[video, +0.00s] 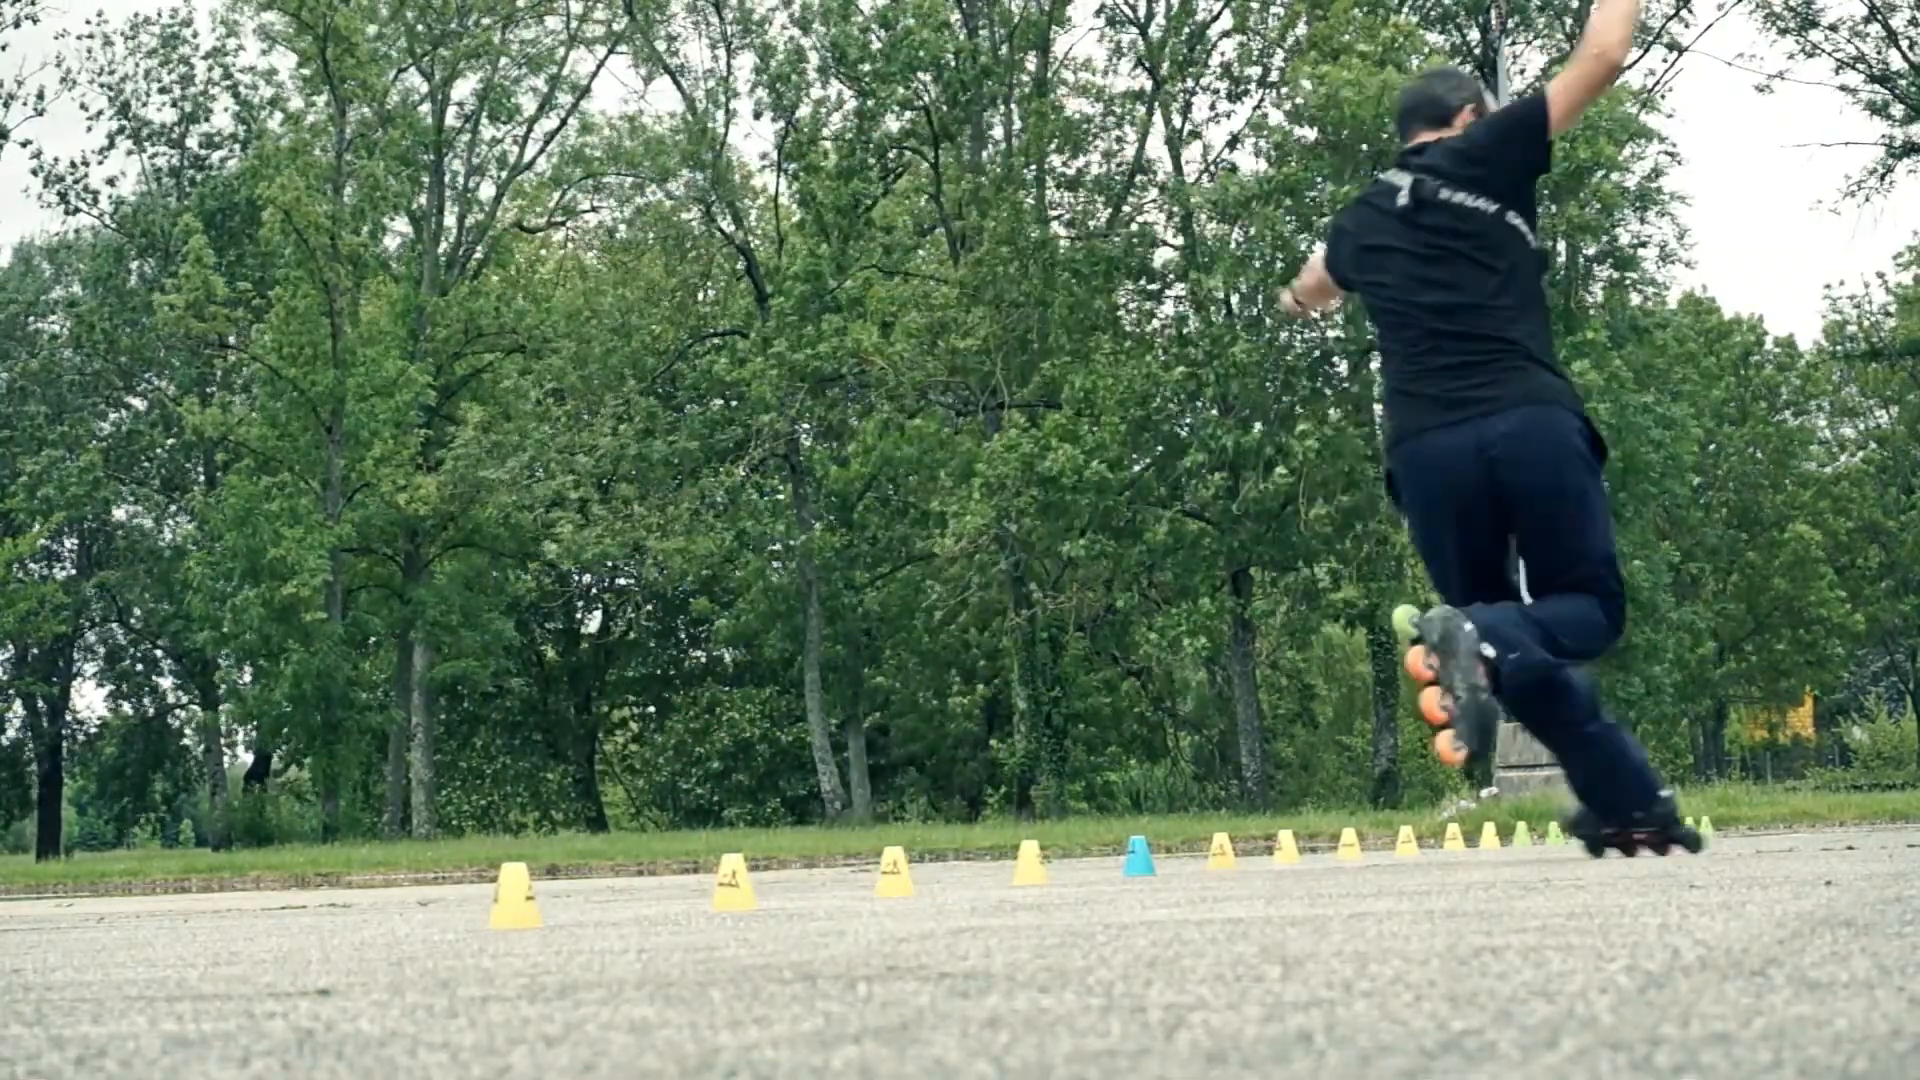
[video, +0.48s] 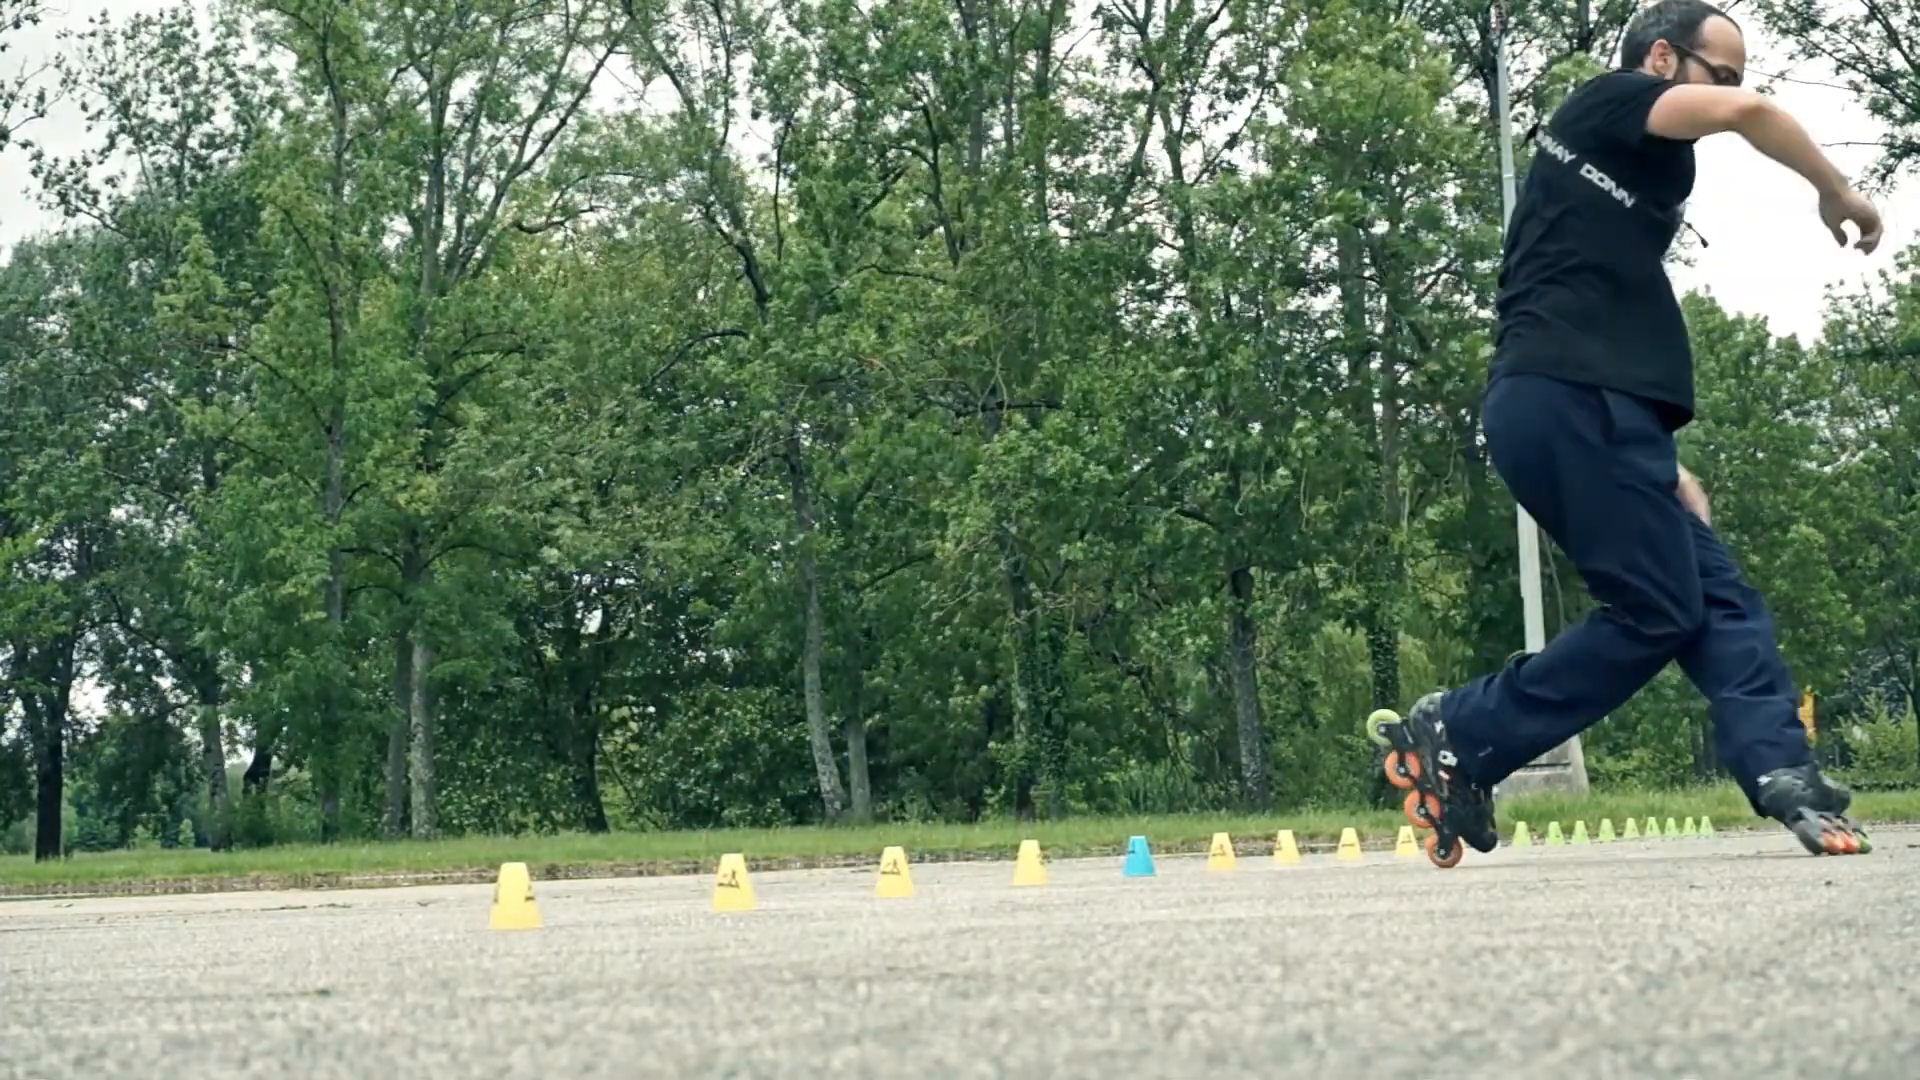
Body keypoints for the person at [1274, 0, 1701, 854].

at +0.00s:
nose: (1490, 122)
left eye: (1485, 114)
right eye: (1484, 113)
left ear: (1404, 130)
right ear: (1464, 117)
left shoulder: (1360, 219)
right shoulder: (1492, 149)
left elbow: (1309, 294)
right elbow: (1602, 56)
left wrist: (1314, 285)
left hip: (1426, 450)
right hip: (1530, 425)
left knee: (1504, 645)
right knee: (1591, 608)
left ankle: (1632, 807)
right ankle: (1482, 640)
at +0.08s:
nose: (1553, 116)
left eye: (1549, 106)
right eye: (1547, 105)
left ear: (1465, 119)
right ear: (1523, 108)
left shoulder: (1421, 205)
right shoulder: (1546, 139)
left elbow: (1372, 300)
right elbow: (1664, 54)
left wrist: (1353, 339)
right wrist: (1693, 3)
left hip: (1464, 437)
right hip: (1564, 412)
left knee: (1584, 633)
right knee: (1621, 608)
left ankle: (1704, 796)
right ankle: (1465, 665)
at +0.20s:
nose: (1654, 99)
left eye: (1648, 87)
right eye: (1642, 87)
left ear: (1554, 99)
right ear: (1604, 89)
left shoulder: (1494, 187)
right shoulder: (1613, 117)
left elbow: (1447, 317)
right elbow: (1752, 55)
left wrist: (1415, 396)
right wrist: (1795, 9)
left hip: (1503, 427)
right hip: (1593, 409)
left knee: (1670, 615)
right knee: (1655, 620)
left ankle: (1782, 793)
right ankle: (1484, 729)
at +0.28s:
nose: (1696, 95)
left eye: (1694, 84)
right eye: (1686, 83)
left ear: (1613, 78)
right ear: (1636, 76)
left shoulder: (1522, 181)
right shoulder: (1621, 113)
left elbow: (1493, 317)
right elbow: (1772, 72)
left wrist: (1473, 429)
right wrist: (1829, 67)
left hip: (1519, 423)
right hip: (1604, 401)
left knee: (1699, 606)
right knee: (1672, 612)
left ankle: (1800, 775)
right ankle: (1483, 730)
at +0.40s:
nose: (1727, 95)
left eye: (1728, 80)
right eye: (1718, 77)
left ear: (1648, 67)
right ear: (1665, 64)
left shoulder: (1562, 151)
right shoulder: (1628, 101)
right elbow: (1788, 91)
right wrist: (1851, 151)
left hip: (1534, 404)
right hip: (1592, 390)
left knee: (1724, 606)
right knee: (1675, 612)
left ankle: (1806, 774)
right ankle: (1463, 737)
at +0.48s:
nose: (1731, 96)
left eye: (1736, 81)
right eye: (1720, 75)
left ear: (1663, 67)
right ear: (1662, 58)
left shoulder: (1613, 152)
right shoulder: (1610, 100)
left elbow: (1584, 320)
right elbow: (1748, 110)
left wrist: (1661, 467)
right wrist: (1834, 188)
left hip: (1596, 404)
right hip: (1561, 396)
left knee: (1718, 595)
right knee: (1657, 610)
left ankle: (1776, 763)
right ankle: (1456, 739)